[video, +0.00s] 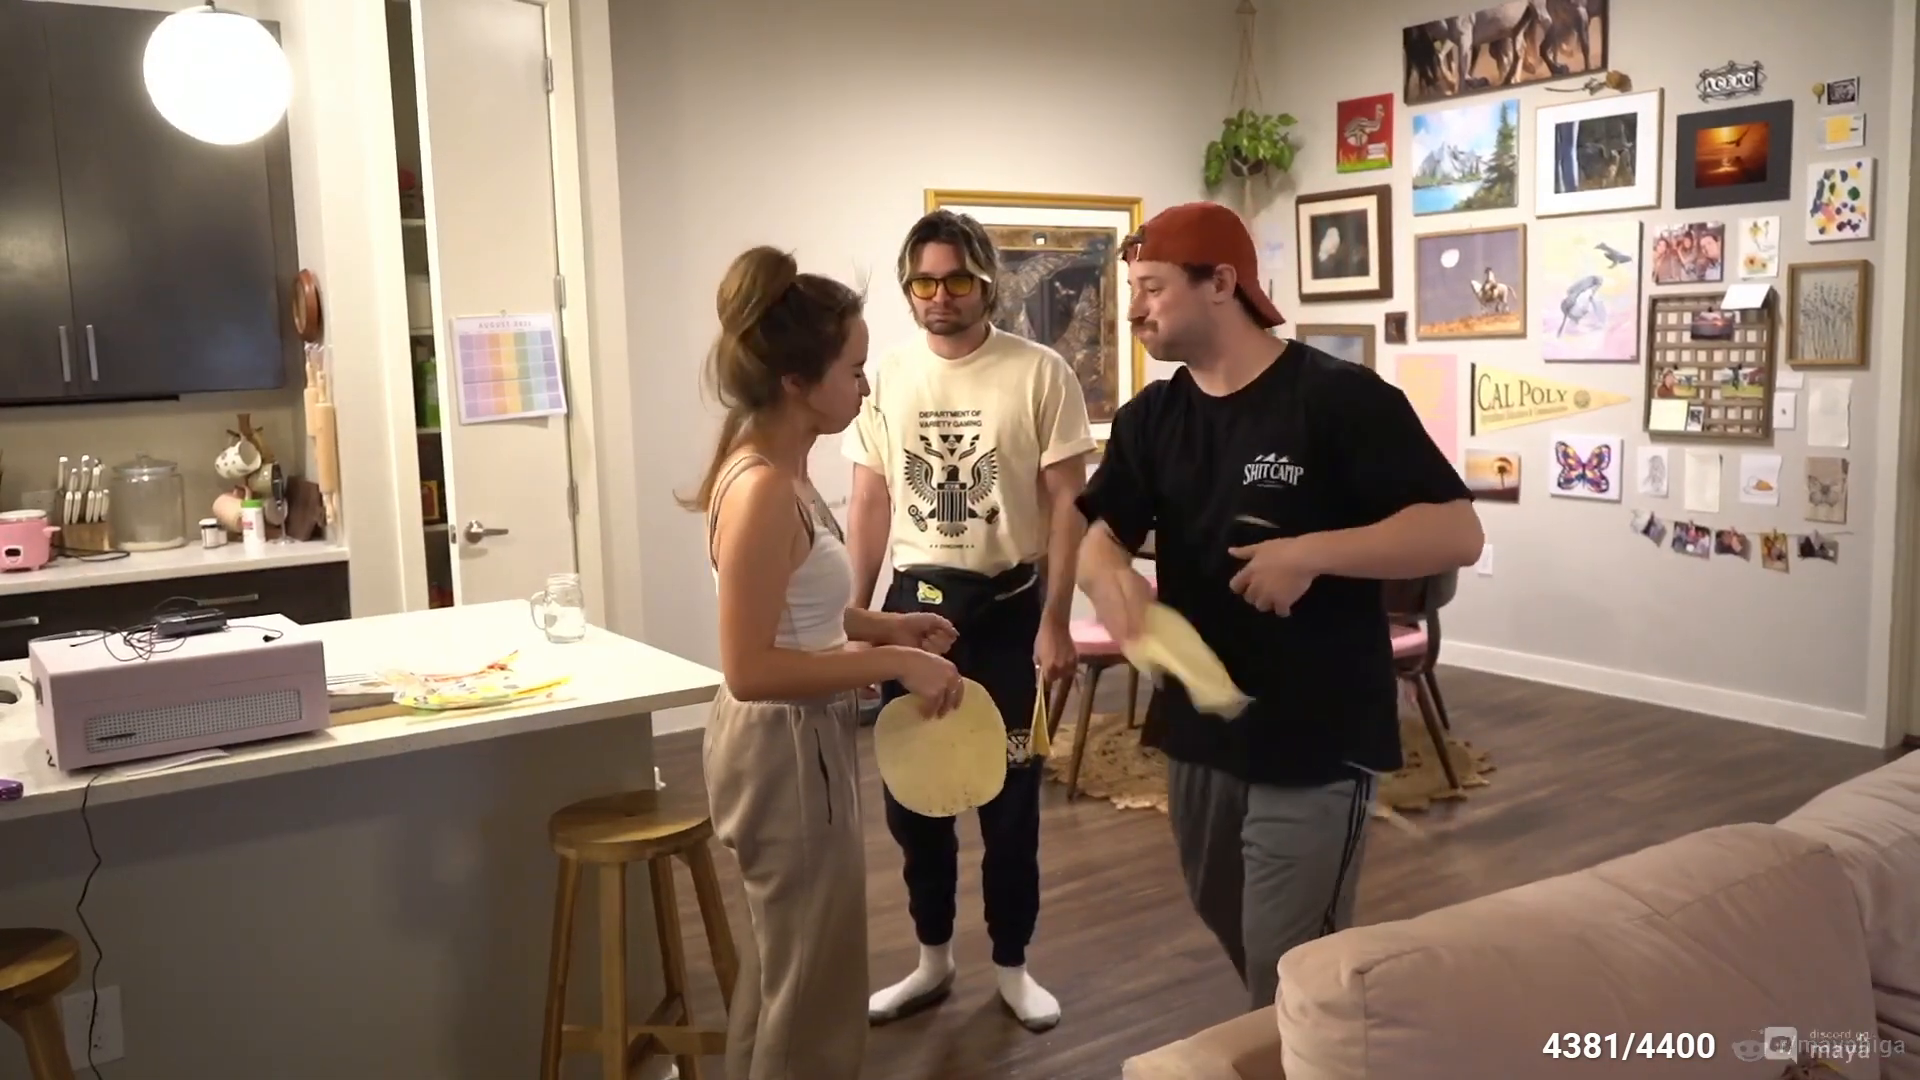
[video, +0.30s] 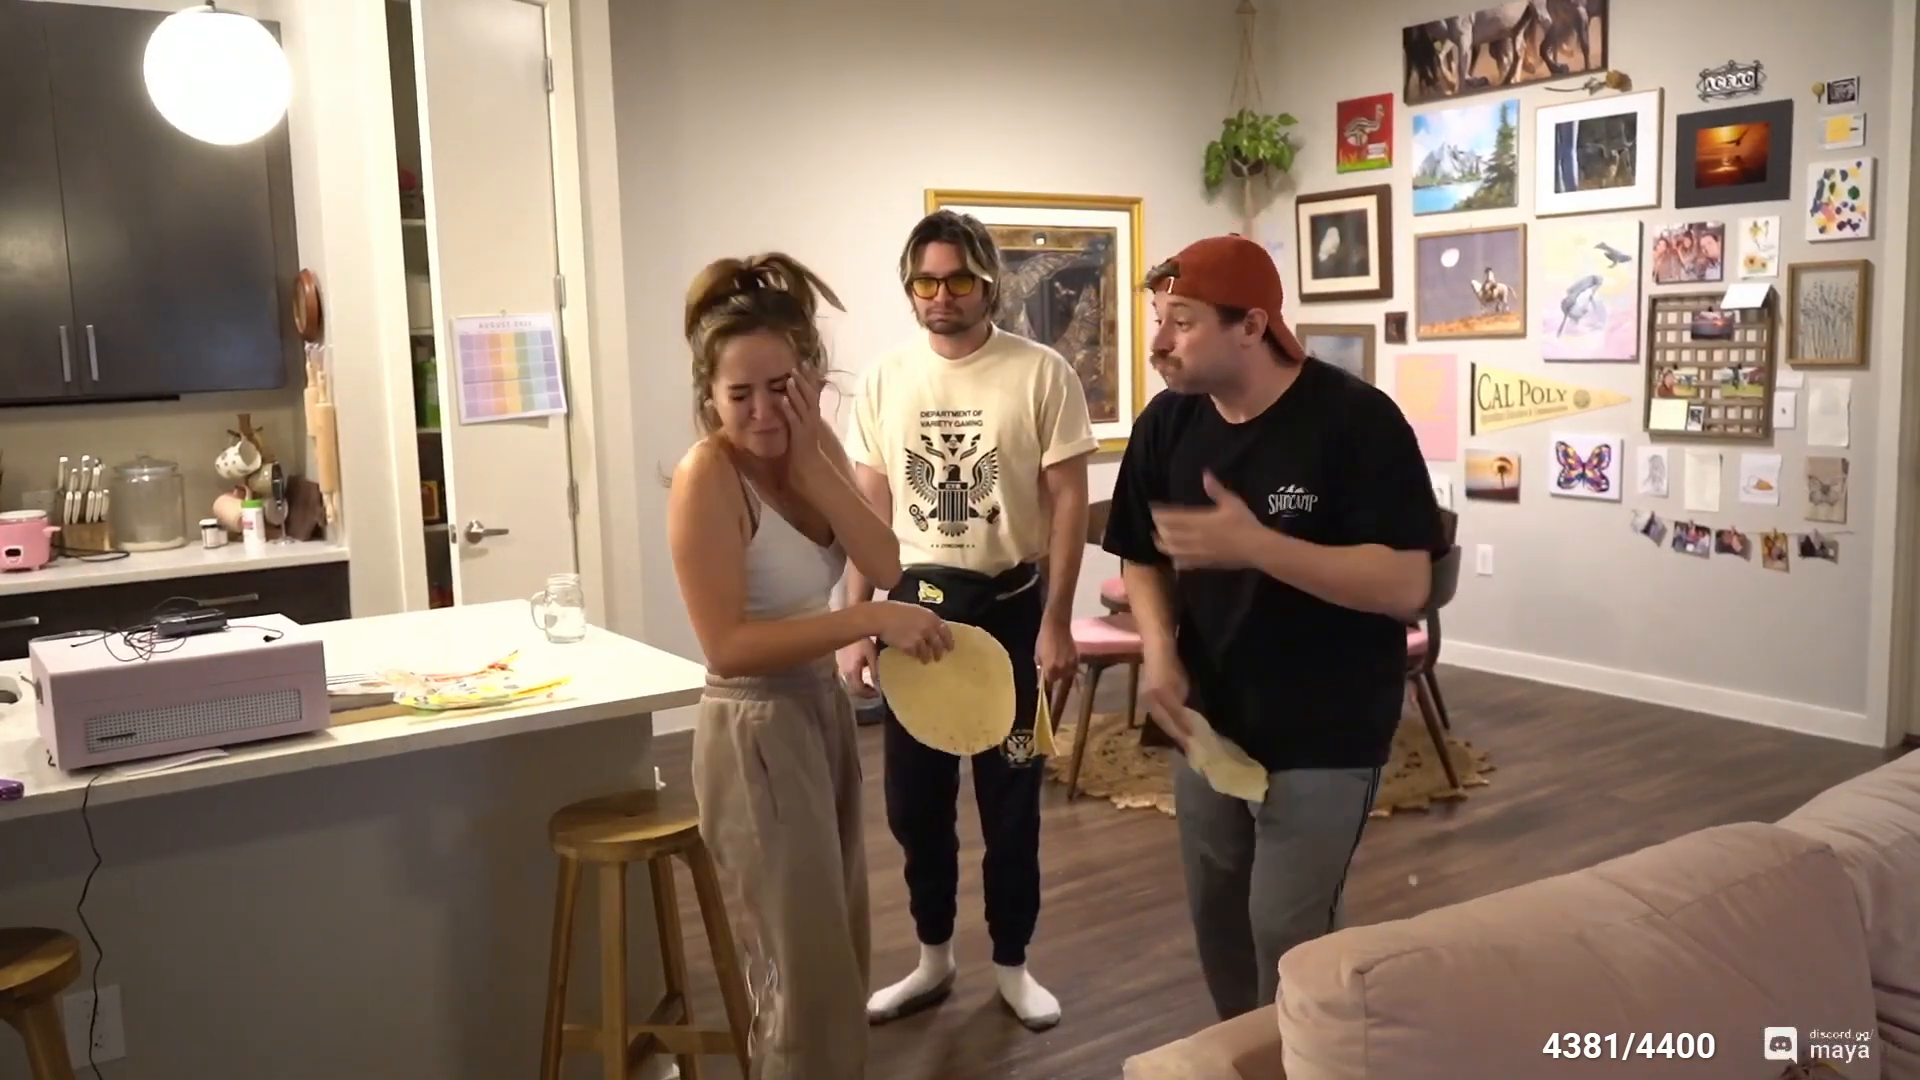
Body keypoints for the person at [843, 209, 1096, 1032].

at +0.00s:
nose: (939, 297)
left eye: (956, 281)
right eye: (924, 283)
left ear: (988, 284)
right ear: (907, 290)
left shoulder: (1039, 370)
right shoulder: (891, 373)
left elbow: (1067, 501)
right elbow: (870, 498)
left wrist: (1057, 620)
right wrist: (857, 612)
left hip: (1006, 601)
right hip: (911, 602)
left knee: (1010, 792)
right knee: (913, 789)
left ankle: (1012, 966)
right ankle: (932, 959)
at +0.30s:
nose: (941, 296)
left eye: (958, 281)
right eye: (925, 282)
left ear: (990, 285)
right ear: (909, 290)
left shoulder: (1041, 371)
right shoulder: (885, 378)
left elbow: (1069, 500)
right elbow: (870, 506)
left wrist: (1056, 620)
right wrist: (855, 620)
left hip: (1011, 605)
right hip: (912, 605)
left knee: (1010, 797)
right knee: (915, 799)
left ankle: (1012, 966)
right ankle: (932, 958)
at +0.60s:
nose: (945, 300)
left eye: (963, 285)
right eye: (930, 286)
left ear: (995, 288)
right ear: (913, 292)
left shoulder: (1046, 374)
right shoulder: (887, 379)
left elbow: (1074, 513)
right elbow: (870, 511)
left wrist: (1060, 625)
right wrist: (859, 622)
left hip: (1011, 612)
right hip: (914, 610)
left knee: (1013, 802)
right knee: (919, 801)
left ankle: (1013, 968)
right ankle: (934, 960)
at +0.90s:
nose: (947, 304)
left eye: (965, 289)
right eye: (933, 289)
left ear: (996, 294)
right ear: (919, 294)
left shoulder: (1032, 379)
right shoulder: (892, 379)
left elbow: (1080, 505)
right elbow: (869, 516)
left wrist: (1072, 628)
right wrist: (856, 626)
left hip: (1016, 612)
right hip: (917, 609)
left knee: (1016, 809)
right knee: (920, 804)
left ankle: (1013, 966)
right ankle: (936, 961)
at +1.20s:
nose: (945, 303)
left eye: (964, 288)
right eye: (931, 288)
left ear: (998, 292)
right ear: (917, 290)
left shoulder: (1054, 378)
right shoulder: (888, 379)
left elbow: (1079, 502)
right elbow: (875, 497)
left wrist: (1067, 626)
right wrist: (872, 606)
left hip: (1021, 598)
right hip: (920, 596)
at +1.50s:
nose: (942, 305)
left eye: (961, 290)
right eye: (930, 289)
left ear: (998, 293)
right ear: (915, 293)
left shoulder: (1054, 376)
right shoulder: (894, 377)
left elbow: (1080, 504)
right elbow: (879, 495)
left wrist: (1069, 628)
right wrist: (864, 605)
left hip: (1016, 608)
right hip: (921, 606)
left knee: (1016, 792)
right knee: (915, 781)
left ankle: (1012, 964)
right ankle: (913, 965)